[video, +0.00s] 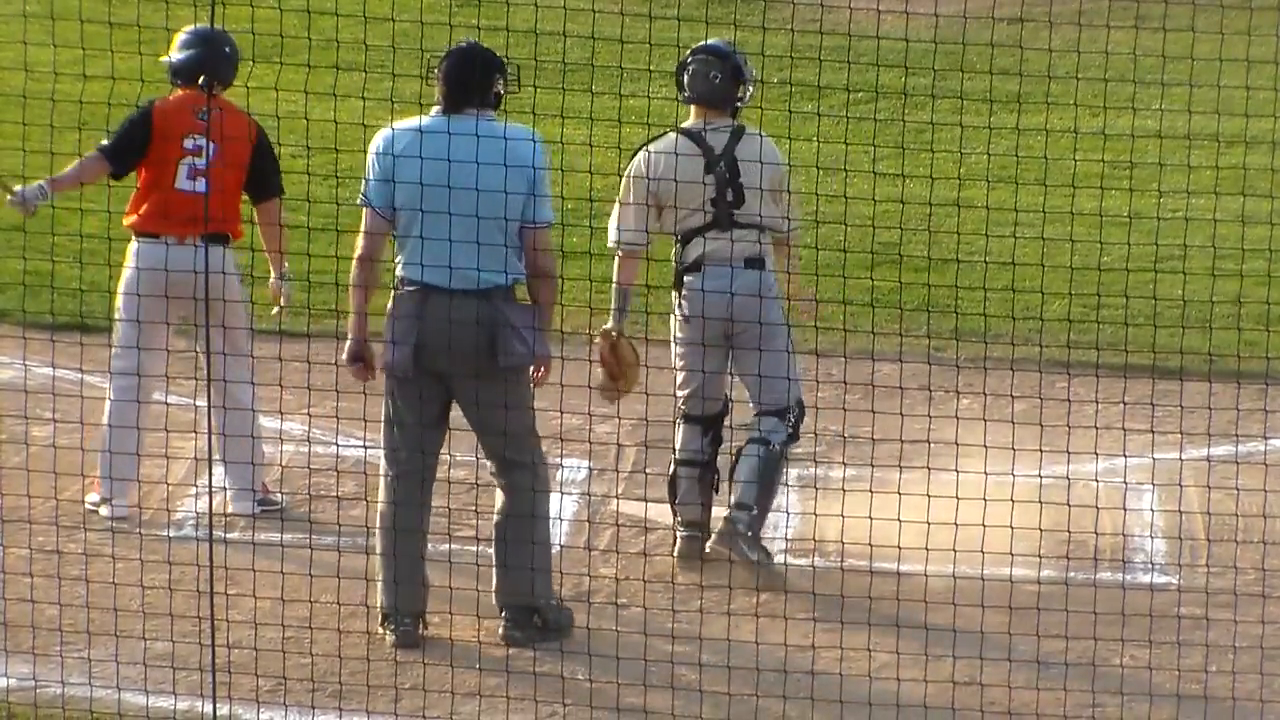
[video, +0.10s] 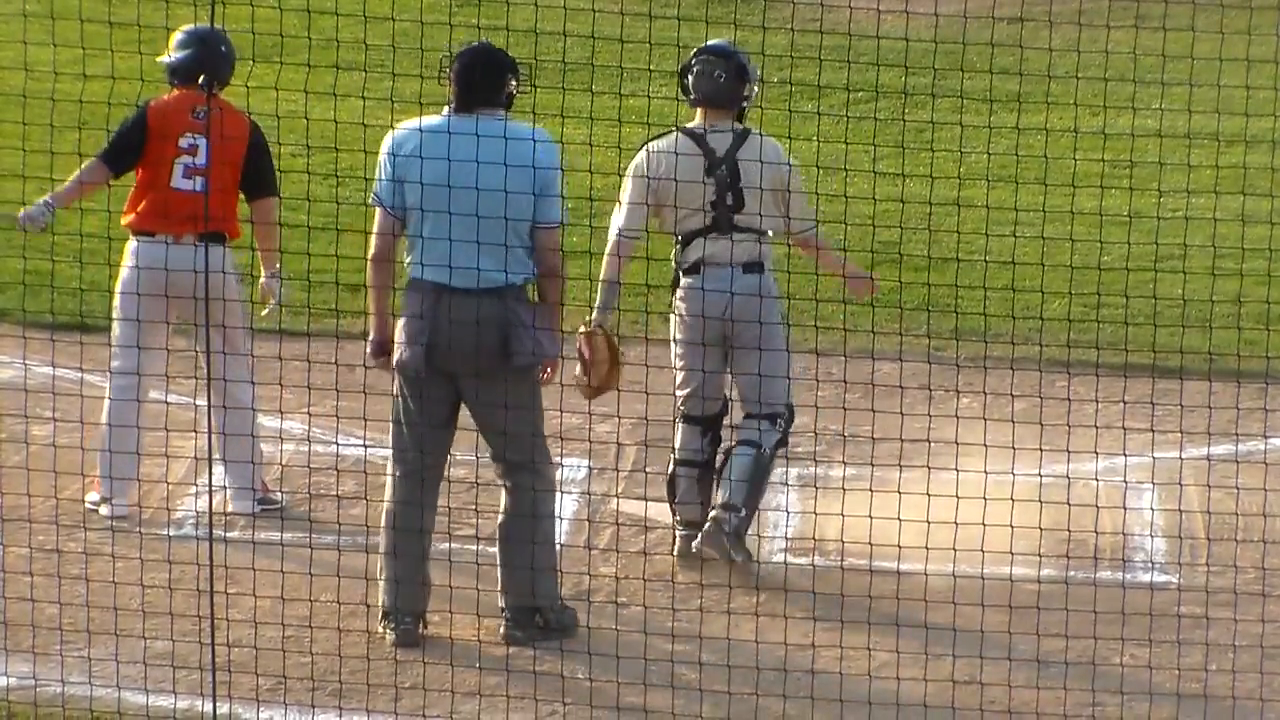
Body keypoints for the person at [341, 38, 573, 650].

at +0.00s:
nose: (498, 97)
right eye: (499, 89)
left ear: (438, 88)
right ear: (495, 92)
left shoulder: (394, 141)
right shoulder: (523, 146)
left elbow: (368, 250)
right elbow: (539, 254)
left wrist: (358, 329)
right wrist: (542, 332)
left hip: (414, 323)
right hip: (492, 325)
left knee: (406, 470)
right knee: (521, 467)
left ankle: (402, 613)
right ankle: (525, 607)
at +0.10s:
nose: (512, 96)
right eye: (512, 89)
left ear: (451, 90)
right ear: (508, 92)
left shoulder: (406, 141)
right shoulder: (537, 147)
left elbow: (382, 248)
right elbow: (550, 255)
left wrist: (380, 325)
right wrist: (552, 332)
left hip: (425, 322)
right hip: (502, 325)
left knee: (413, 470)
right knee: (526, 468)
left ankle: (403, 611)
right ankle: (530, 608)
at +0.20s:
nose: (528, 97)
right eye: (527, 90)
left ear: (465, 91)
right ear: (520, 93)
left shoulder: (420, 140)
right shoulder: (550, 145)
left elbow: (397, 248)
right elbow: (565, 256)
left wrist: (403, 321)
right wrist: (566, 333)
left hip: (440, 323)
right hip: (517, 326)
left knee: (424, 470)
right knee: (535, 470)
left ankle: (404, 613)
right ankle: (531, 611)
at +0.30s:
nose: (546, 100)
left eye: (541, 92)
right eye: (545, 92)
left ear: (483, 92)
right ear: (538, 95)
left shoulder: (435, 140)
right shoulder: (566, 147)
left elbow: (414, 251)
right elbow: (579, 253)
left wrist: (425, 320)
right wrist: (580, 325)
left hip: (457, 322)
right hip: (533, 326)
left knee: (433, 463)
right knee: (540, 470)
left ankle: (405, 608)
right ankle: (530, 612)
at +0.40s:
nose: (562, 100)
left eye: (558, 92)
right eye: (560, 92)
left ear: (499, 93)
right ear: (551, 96)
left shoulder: (451, 141)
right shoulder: (580, 149)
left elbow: (429, 252)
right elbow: (596, 258)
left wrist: (439, 321)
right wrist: (593, 336)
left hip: (470, 321)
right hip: (546, 325)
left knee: (440, 453)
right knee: (547, 470)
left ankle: (406, 598)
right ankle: (530, 611)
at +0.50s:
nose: (574, 101)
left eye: (569, 94)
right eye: (572, 94)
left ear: (512, 95)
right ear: (565, 98)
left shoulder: (462, 141)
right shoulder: (591, 150)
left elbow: (439, 252)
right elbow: (606, 255)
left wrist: (443, 318)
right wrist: (610, 336)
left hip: (477, 321)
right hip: (553, 327)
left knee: (448, 446)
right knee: (550, 472)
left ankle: (417, 580)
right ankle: (531, 611)